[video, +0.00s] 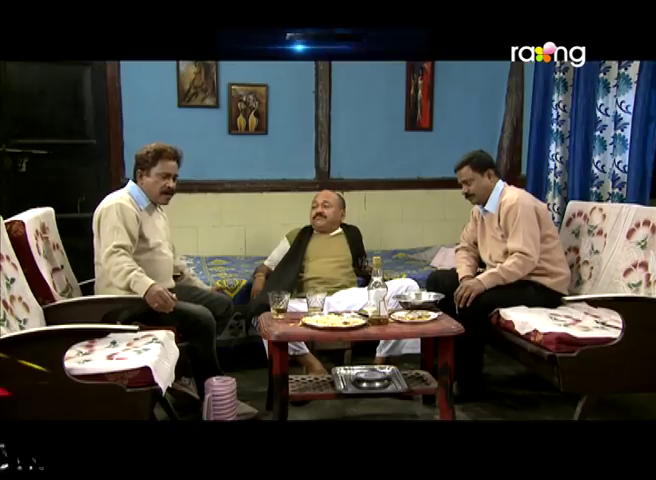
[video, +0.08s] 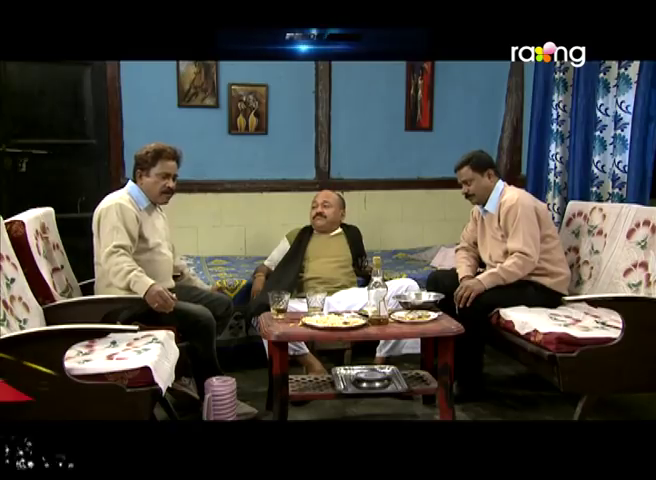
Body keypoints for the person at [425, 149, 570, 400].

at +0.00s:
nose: (464, 190)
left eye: (468, 183)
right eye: (461, 185)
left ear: (489, 176)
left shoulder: (518, 203)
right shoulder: (480, 209)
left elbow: (524, 259)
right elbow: (466, 247)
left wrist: (481, 282)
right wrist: (466, 276)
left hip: (542, 286)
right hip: (505, 277)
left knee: (473, 302)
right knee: (439, 280)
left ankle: (468, 384)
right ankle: (440, 369)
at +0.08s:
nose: (464, 190)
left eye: (468, 183)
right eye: (461, 185)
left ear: (489, 176)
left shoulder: (519, 203)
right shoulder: (480, 209)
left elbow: (524, 259)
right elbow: (466, 247)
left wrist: (481, 282)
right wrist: (466, 276)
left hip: (542, 286)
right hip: (505, 277)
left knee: (473, 302)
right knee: (438, 280)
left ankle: (468, 384)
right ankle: (441, 369)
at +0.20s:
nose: (464, 190)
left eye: (468, 183)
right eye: (461, 185)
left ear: (489, 176)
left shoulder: (518, 203)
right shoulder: (480, 209)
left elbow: (524, 259)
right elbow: (466, 247)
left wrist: (481, 282)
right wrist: (466, 276)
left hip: (542, 286)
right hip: (505, 277)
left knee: (472, 301)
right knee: (438, 280)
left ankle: (468, 384)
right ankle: (441, 368)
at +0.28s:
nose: (464, 191)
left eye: (468, 183)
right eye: (461, 186)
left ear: (489, 176)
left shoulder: (518, 202)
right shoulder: (481, 209)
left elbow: (525, 258)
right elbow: (466, 247)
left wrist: (481, 282)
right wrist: (465, 277)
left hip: (542, 286)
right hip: (504, 279)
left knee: (473, 302)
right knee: (439, 280)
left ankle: (468, 383)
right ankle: (441, 370)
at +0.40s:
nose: (464, 191)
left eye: (468, 183)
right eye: (461, 186)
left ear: (489, 177)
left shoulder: (518, 203)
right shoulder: (480, 209)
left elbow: (524, 259)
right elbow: (466, 247)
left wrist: (481, 282)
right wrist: (466, 276)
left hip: (542, 286)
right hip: (504, 277)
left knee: (473, 302)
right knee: (438, 280)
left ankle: (468, 384)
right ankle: (441, 369)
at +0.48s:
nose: (464, 191)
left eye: (468, 184)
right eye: (461, 186)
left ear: (489, 177)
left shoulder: (518, 203)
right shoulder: (480, 209)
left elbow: (525, 259)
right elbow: (466, 247)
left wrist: (481, 282)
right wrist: (466, 276)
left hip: (542, 286)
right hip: (505, 277)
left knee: (473, 301)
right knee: (438, 280)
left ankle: (468, 384)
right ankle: (441, 368)